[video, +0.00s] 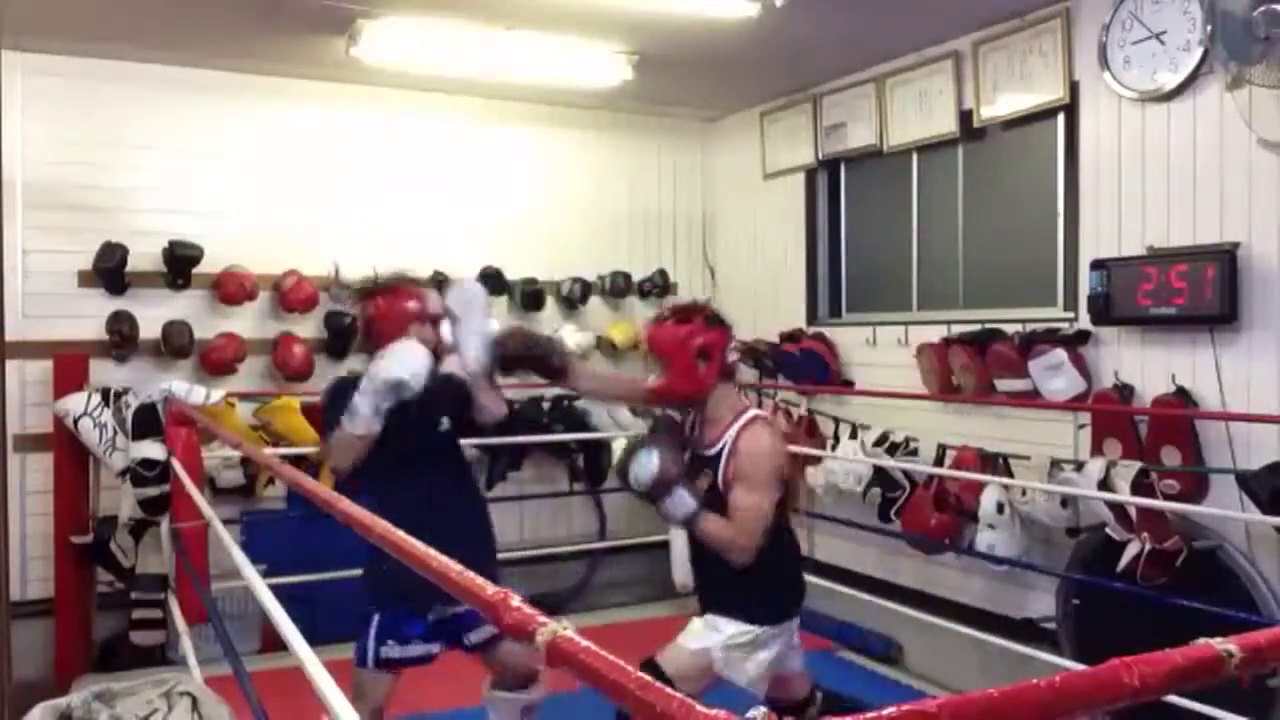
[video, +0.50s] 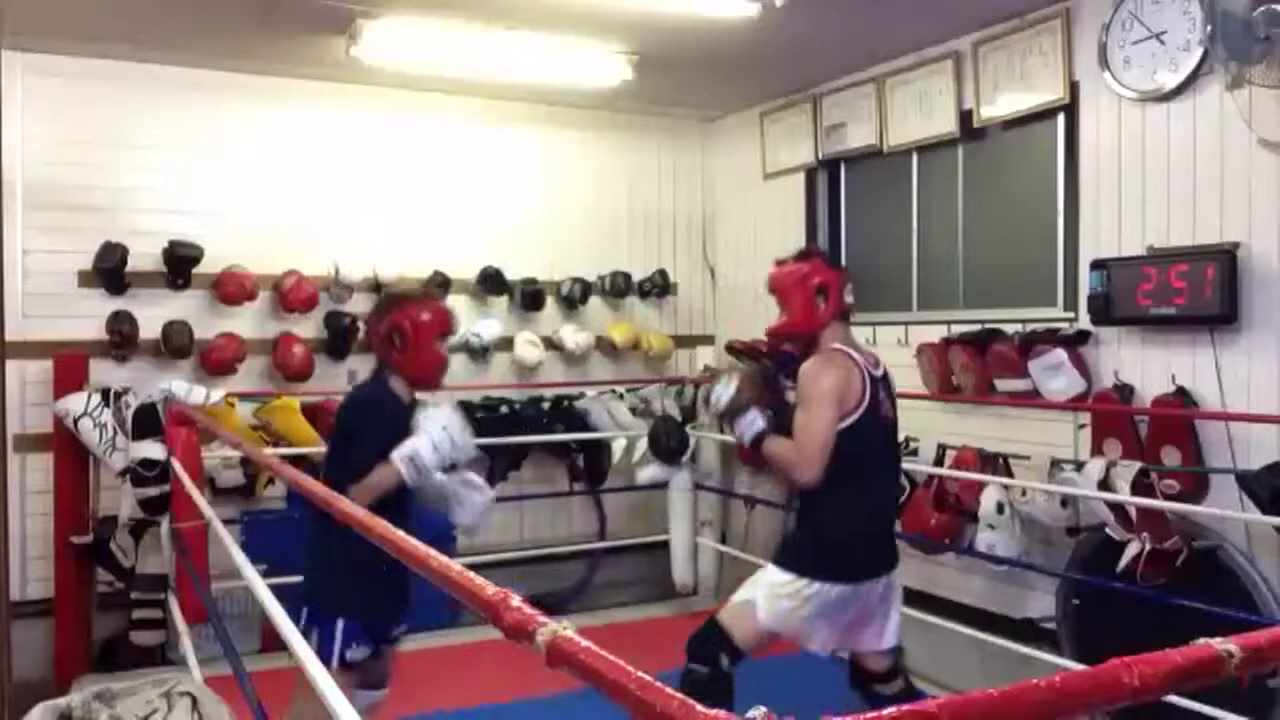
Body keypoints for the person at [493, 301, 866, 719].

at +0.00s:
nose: (661, 384)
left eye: (669, 373)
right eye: (662, 371)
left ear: (706, 368)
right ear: (701, 366)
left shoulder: (757, 440)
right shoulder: (696, 411)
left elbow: (741, 546)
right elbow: (623, 391)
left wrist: (675, 498)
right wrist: (548, 362)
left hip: (755, 611)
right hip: (732, 595)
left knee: (641, 696)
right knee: (794, 699)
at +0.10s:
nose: (680, 359)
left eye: (689, 348)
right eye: (681, 346)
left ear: (725, 348)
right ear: (727, 346)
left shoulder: (770, 423)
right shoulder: (728, 400)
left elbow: (732, 526)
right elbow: (692, 452)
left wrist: (684, 473)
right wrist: (644, 403)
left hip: (759, 603)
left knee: (637, 693)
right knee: (785, 698)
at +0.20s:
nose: (730, 350)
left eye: (739, 336)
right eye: (732, 336)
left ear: (775, 335)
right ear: (776, 336)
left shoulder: (788, 413)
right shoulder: (799, 404)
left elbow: (754, 513)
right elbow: (762, 473)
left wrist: (698, 459)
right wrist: (722, 428)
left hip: (761, 602)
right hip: (796, 593)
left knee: (644, 690)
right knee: (806, 698)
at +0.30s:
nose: (765, 347)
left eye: (774, 335)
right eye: (768, 334)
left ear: (807, 335)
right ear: (816, 335)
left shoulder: (807, 402)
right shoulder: (847, 396)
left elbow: (794, 498)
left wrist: (725, 460)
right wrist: (764, 444)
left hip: (789, 594)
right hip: (835, 589)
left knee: (679, 694)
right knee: (839, 694)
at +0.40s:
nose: (782, 335)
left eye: (788, 321)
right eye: (782, 321)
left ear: (819, 318)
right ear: (831, 319)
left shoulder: (823, 385)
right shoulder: (873, 386)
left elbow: (815, 483)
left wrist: (744, 453)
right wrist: (769, 430)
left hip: (808, 585)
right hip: (864, 581)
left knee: (698, 676)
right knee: (866, 689)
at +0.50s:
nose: (780, 318)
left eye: (786, 304)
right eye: (780, 304)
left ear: (816, 301)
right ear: (832, 301)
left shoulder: (824, 368)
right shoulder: (870, 365)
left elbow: (806, 467)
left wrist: (750, 423)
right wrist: (782, 391)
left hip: (820, 563)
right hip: (875, 560)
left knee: (708, 652)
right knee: (882, 682)